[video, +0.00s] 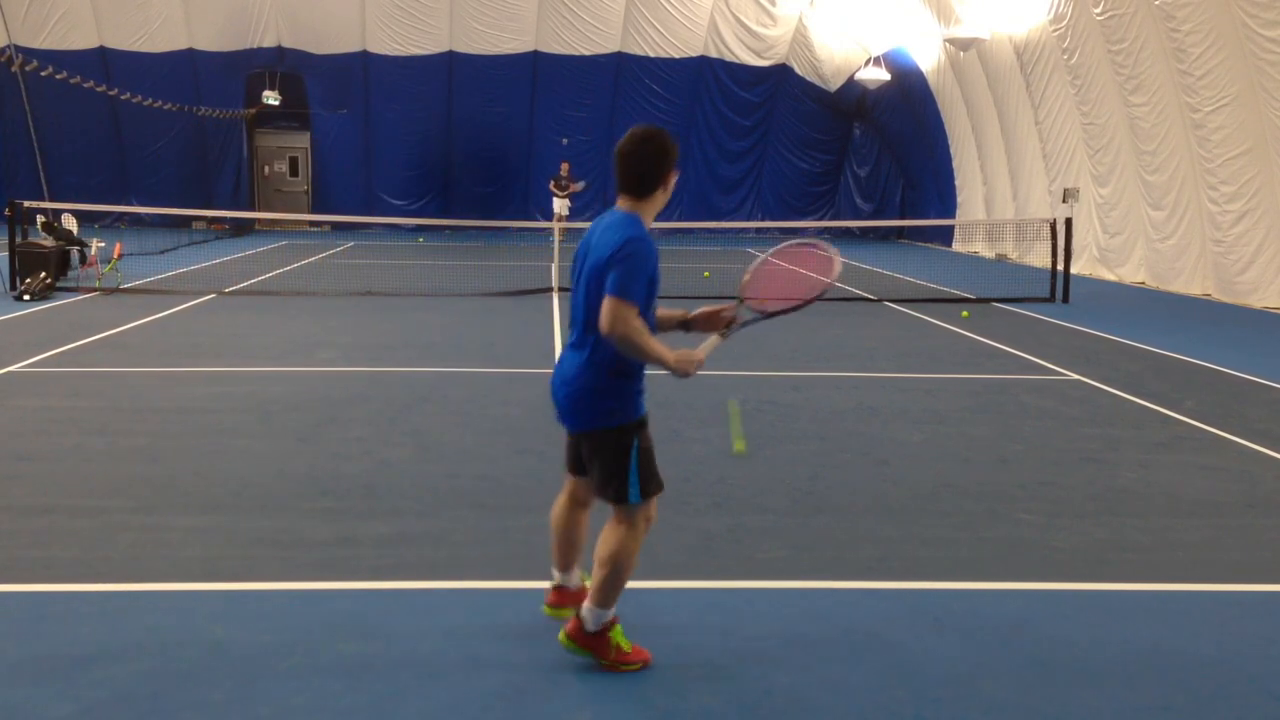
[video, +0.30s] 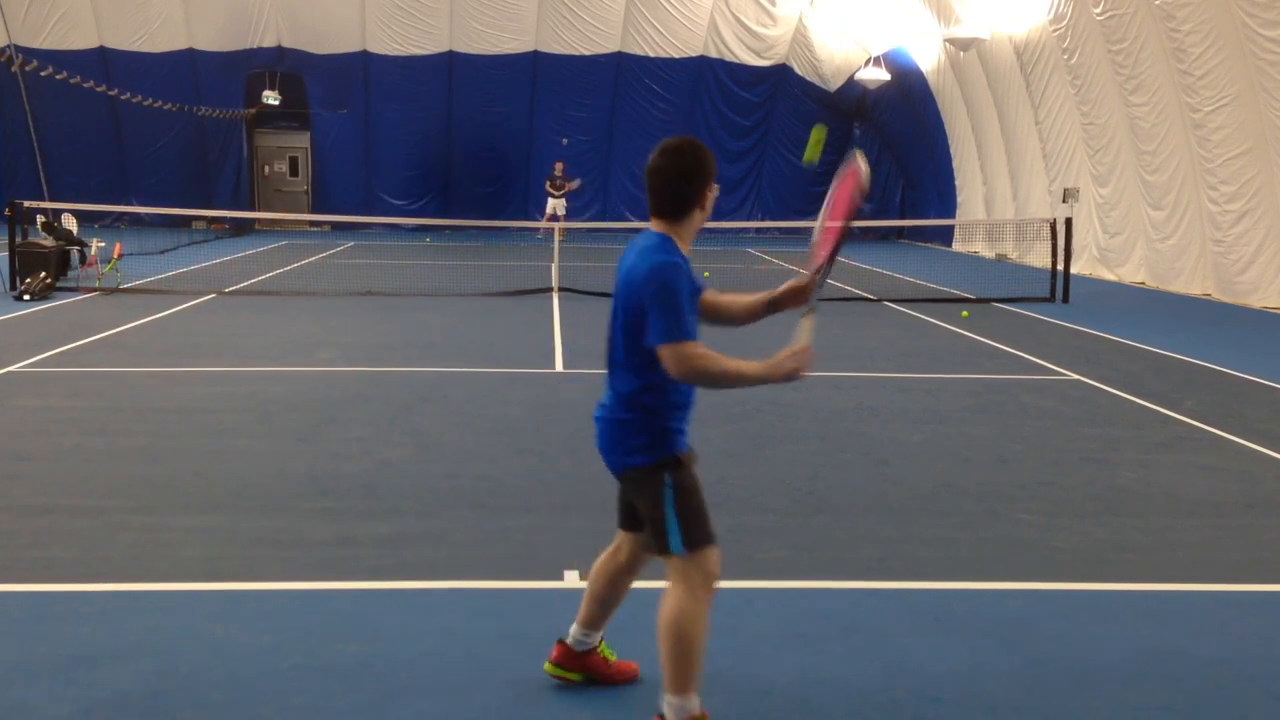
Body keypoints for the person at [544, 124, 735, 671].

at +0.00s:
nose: (676, 182)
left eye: (675, 174)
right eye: (676, 174)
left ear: (620, 174)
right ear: (669, 180)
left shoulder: (601, 230)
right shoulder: (635, 243)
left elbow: (621, 313)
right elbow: (615, 322)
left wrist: (689, 319)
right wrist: (670, 357)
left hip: (576, 384)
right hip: (610, 396)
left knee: (579, 489)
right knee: (636, 508)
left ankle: (566, 586)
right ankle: (593, 625)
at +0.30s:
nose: (715, 195)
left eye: (713, 186)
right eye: (714, 188)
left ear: (653, 193)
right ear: (706, 197)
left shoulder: (648, 252)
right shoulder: (663, 268)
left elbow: (712, 305)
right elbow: (680, 358)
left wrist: (778, 299)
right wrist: (767, 370)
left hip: (631, 427)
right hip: (651, 437)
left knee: (635, 542)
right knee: (697, 567)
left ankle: (577, 647)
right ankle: (681, 708)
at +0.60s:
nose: (793, 184)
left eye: (787, 177)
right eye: (787, 180)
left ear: (726, 200)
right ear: (777, 202)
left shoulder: (733, 248)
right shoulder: (729, 280)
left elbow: (823, 229)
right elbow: (743, 368)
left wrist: (900, 192)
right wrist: (833, 324)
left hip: (691, 464)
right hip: (715, 474)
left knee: (730, 606)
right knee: (791, 627)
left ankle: (670, 712)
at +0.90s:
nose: (865, 150)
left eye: (860, 138)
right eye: (857, 141)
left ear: (779, 163)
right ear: (835, 159)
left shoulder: (759, 247)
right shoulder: (849, 250)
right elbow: (963, 264)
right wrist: (1057, 213)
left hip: (776, 466)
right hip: (842, 481)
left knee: (783, 584)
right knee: (839, 672)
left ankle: (751, 697)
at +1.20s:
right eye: (949, 172)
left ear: (856, 203)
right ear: (945, 191)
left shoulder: (835, 306)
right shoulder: (978, 267)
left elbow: (824, 368)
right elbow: (1058, 134)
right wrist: (945, 49)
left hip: (859, 561)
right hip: (962, 571)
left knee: (844, 640)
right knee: (981, 705)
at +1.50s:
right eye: (998, 186)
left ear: (901, 205)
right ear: (998, 202)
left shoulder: (858, 316)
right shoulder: (1039, 295)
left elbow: (777, 432)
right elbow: (1202, 282)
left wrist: (823, 503)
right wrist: (1183, 152)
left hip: (893, 606)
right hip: (1010, 609)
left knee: (908, 709)